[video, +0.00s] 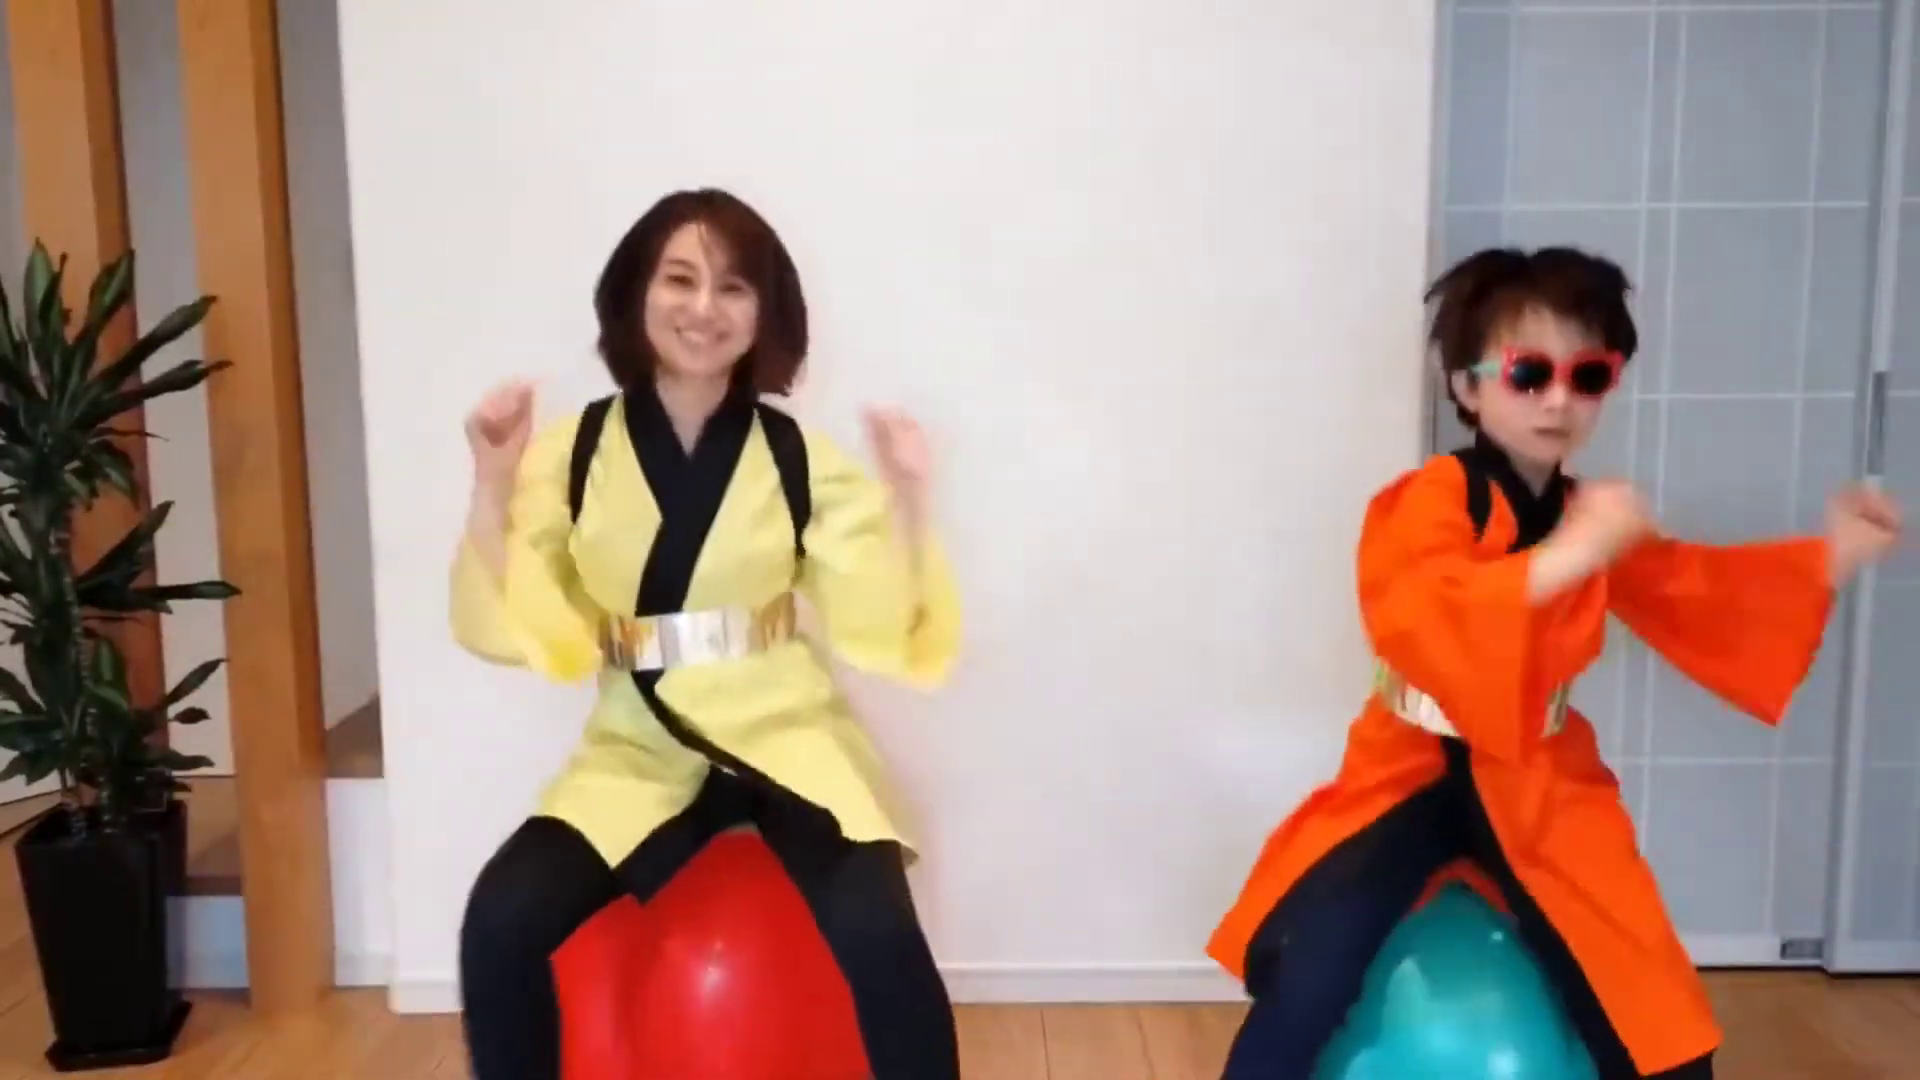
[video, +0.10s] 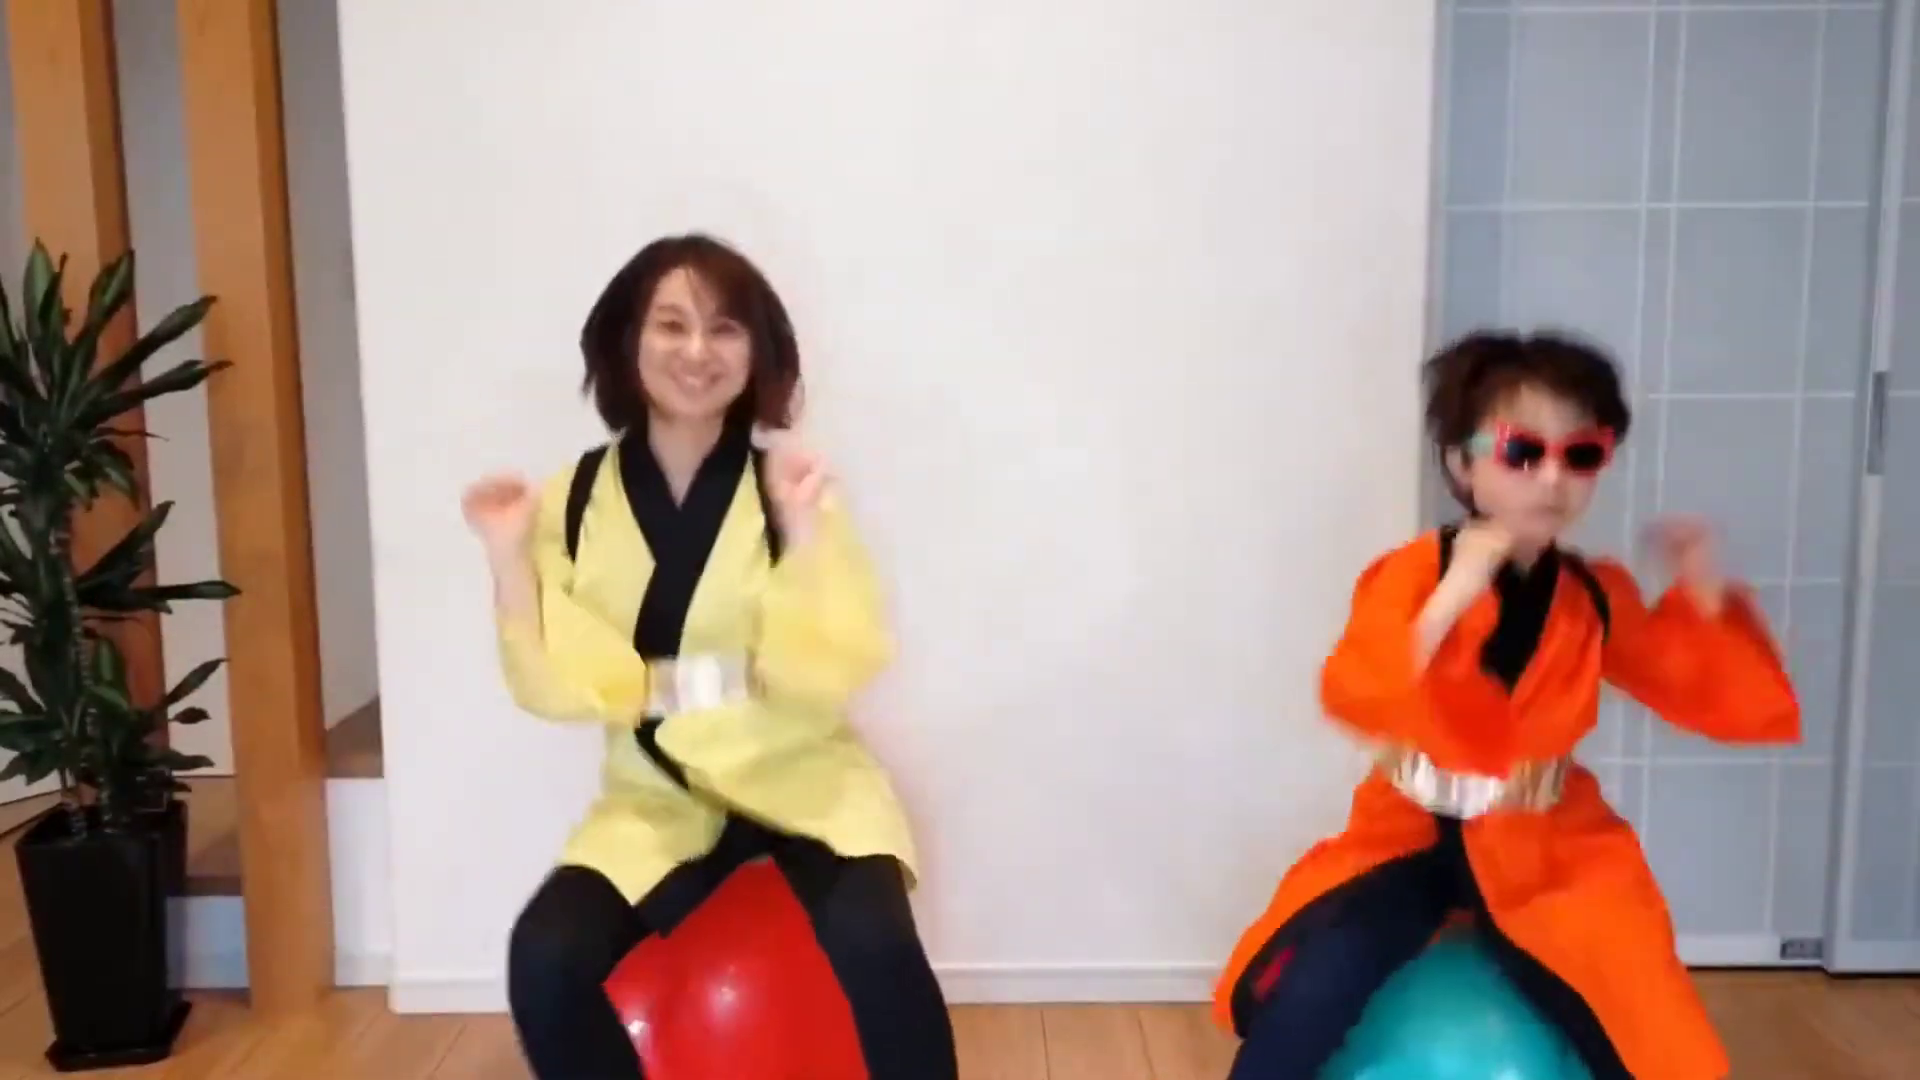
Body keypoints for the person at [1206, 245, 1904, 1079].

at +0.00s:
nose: (1560, 399)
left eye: (1587, 377)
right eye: (1529, 373)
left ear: (1609, 391)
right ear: (1467, 389)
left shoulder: (1591, 517)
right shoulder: (1421, 504)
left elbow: (1698, 589)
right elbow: (1423, 618)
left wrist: (1828, 555)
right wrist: (1563, 558)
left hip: (1537, 780)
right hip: (1408, 774)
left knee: (1643, 1006)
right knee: (1306, 965)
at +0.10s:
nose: (1554, 478)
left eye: (1582, 454)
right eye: (1521, 451)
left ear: (1603, 468)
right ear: (1461, 465)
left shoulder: (1597, 597)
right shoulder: (1407, 576)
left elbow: (1725, 706)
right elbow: (1353, 698)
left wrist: (1707, 603)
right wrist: (1451, 597)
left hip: (1541, 848)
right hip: (1409, 838)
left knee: (1638, 1015)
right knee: (1311, 982)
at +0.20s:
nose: (1529, 563)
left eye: (1558, 541)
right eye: (1498, 538)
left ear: (1579, 557)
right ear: (1446, 557)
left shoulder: (1590, 676)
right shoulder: (1397, 666)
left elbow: (1689, 803)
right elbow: (1304, 815)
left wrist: (1693, 688)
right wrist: (1392, 716)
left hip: (1525, 921)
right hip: (1391, 909)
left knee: (1612, 1055)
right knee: (1280, 1009)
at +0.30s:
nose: (1505, 526)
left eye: (1536, 501)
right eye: (1473, 499)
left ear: (1565, 516)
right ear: (1429, 511)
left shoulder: (1589, 642)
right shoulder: (1385, 628)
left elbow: (1624, 799)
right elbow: (1280, 787)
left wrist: (1679, 726)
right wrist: (1329, 761)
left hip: (1532, 908)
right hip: (1390, 898)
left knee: (1657, 1052)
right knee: (1277, 1021)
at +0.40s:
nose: (1479, 457)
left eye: (1511, 431)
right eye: (1447, 429)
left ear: (1546, 436)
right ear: (1409, 431)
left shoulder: (1576, 554)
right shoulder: (1367, 542)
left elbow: (1614, 718)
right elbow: (1301, 676)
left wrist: (1659, 718)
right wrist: (1283, 753)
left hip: (1532, 829)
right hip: (1387, 822)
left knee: (1633, 983)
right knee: (1302, 970)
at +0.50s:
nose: (1452, 436)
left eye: (1486, 412)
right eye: (1423, 408)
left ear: (1519, 425)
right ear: (1382, 415)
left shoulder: (1547, 543)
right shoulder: (1338, 534)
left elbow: (1632, 677)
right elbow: (1281, 659)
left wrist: (1614, 740)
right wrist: (1256, 779)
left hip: (1515, 811)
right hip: (1372, 809)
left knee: (1616, 957)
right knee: (1289, 944)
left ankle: (1652, 1065)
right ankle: (1283, 1067)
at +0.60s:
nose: (1415, 489)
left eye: (1451, 469)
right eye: (1388, 461)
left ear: (1480, 495)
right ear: (1347, 478)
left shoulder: (1512, 613)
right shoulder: (1309, 606)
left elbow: (1574, 769)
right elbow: (1260, 747)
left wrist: (1505, 916)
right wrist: (1231, 874)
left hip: (1494, 867)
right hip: (1361, 859)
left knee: (1609, 1028)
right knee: (1251, 951)